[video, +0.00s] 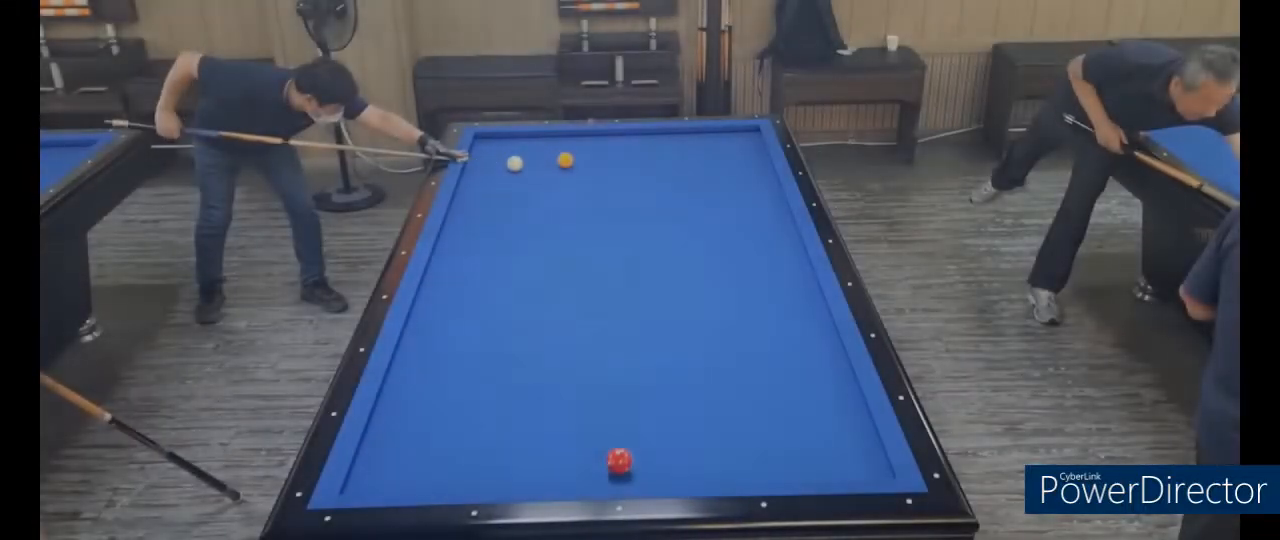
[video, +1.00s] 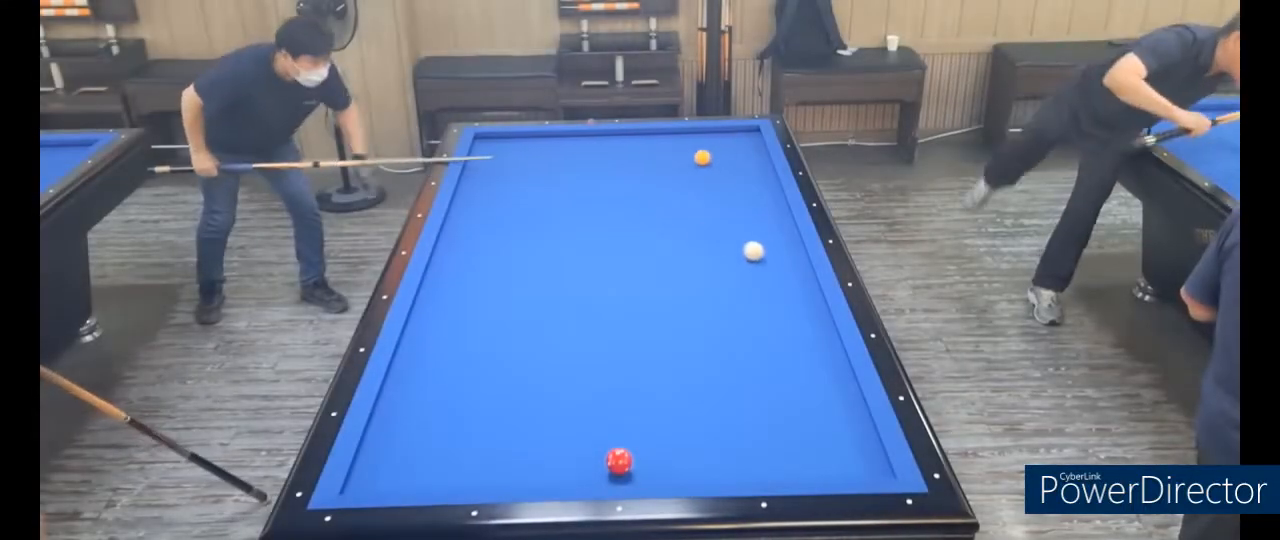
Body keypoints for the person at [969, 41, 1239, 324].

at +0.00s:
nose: (1212, 114)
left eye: (1218, 105)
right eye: (1206, 104)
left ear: (1226, 96)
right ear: (1177, 86)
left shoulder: (1223, 106)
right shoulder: (1134, 65)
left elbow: (1236, 155)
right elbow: (1076, 68)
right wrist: (1102, 123)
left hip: (1120, 133)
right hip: (1072, 110)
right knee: (1034, 144)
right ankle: (1002, 180)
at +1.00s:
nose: (1243, 63)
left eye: (1245, 54)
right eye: (1244, 52)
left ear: (1236, 42)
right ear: (1235, 39)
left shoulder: (1220, 69)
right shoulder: (1181, 41)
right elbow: (1118, 78)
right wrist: (1178, 115)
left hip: (1117, 131)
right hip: (1081, 101)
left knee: (1085, 208)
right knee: (1031, 142)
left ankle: (1046, 286)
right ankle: (991, 179)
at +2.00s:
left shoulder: (1179, 3)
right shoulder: (1236, 24)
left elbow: (1124, 34)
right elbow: (1236, 94)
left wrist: (1161, 29)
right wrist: (1224, 94)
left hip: (1120, 120)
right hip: (1158, 136)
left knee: (1088, 219)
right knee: (1137, 237)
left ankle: (1059, 301)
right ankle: (1130, 329)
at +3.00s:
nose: (1228, 15)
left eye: (1231, 9)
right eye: (1232, 8)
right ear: (1220, 3)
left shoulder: (1154, 7)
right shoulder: (1169, 18)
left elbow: (1097, 57)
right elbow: (1102, 67)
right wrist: (1075, 139)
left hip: (1112, 141)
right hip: (1122, 148)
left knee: (1096, 238)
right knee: (1102, 245)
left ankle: (1069, 310)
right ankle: (1070, 335)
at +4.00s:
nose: (1237, 49)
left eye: (1241, 41)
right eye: (1233, 38)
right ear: (1207, 19)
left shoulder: (1235, 71)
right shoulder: (1148, 56)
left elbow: (1233, 136)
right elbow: (1102, 125)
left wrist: (1235, 183)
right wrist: (1076, 196)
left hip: (1200, 201)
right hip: (1134, 194)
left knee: (1188, 303)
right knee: (1113, 293)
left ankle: (1136, 355)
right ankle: (1106, 379)